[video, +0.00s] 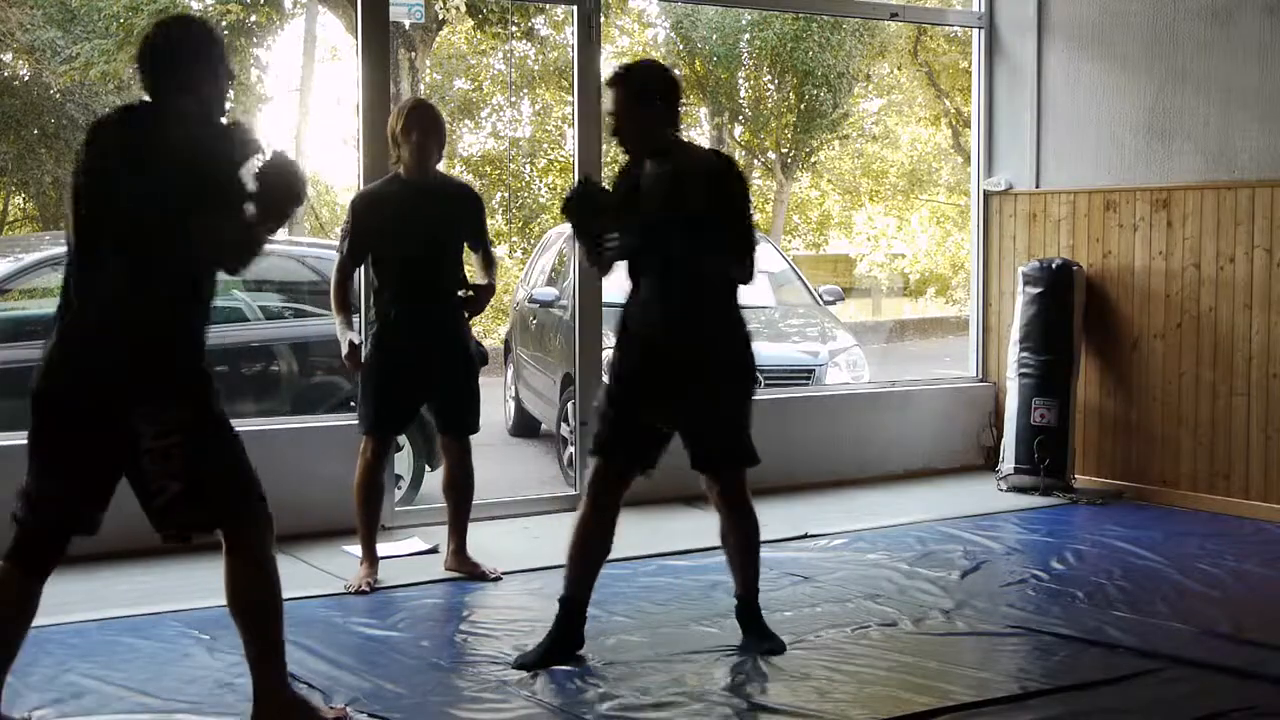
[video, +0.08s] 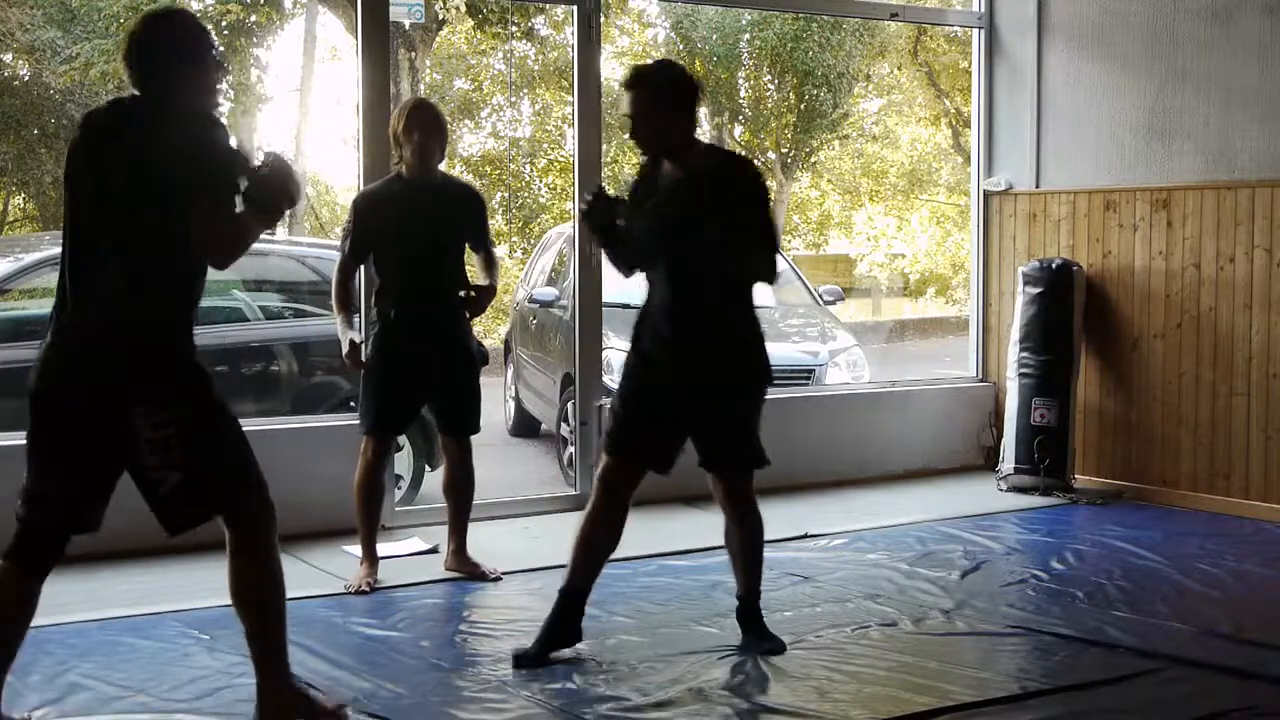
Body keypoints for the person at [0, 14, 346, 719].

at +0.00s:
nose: (231, 85)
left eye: (227, 70)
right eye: (223, 70)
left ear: (151, 73)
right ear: (200, 73)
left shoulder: (104, 135)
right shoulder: (205, 142)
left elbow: (138, 236)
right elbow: (231, 252)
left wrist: (224, 159)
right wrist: (274, 205)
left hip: (75, 371)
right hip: (163, 376)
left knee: (30, 548)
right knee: (247, 528)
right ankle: (274, 696)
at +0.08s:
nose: (223, 71)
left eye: (218, 57)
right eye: (212, 58)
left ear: (143, 68)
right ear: (184, 66)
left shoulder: (94, 128)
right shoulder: (201, 135)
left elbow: (122, 235)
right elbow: (220, 249)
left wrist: (233, 189)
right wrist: (269, 205)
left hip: (71, 365)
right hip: (157, 367)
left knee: (31, 544)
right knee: (250, 516)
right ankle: (277, 691)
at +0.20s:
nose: (223, 67)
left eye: (217, 55)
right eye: (210, 57)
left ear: (144, 70)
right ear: (181, 68)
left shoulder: (98, 130)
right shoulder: (204, 134)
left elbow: (85, 246)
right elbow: (235, 245)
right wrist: (279, 205)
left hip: (80, 368)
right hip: (164, 372)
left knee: (34, 548)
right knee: (247, 529)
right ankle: (286, 695)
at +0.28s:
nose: (229, 69)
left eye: (223, 57)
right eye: (218, 58)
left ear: (153, 73)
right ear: (193, 69)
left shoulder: (108, 137)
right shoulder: (216, 139)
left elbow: (104, 251)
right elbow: (256, 246)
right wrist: (298, 203)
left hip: (94, 374)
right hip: (177, 379)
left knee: (45, 551)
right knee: (258, 530)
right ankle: (290, 695)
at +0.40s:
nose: (249, 74)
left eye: (243, 60)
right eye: (240, 61)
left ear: (172, 74)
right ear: (220, 69)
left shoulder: (142, 138)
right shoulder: (244, 138)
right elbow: (289, 252)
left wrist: (292, 214)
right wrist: (331, 213)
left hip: (117, 371)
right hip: (200, 373)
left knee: (72, 544)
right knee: (277, 528)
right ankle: (293, 696)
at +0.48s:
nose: (268, 71)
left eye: (262, 57)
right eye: (258, 59)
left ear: (195, 73)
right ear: (236, 71)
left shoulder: (158, 137)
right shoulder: (261, 144)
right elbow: (305, 256)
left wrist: (317, 213)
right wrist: (344, 213)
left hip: (129, 367)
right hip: (209, 370)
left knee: (97, 530)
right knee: (280, 526)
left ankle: (9, 676)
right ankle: (293, 696)